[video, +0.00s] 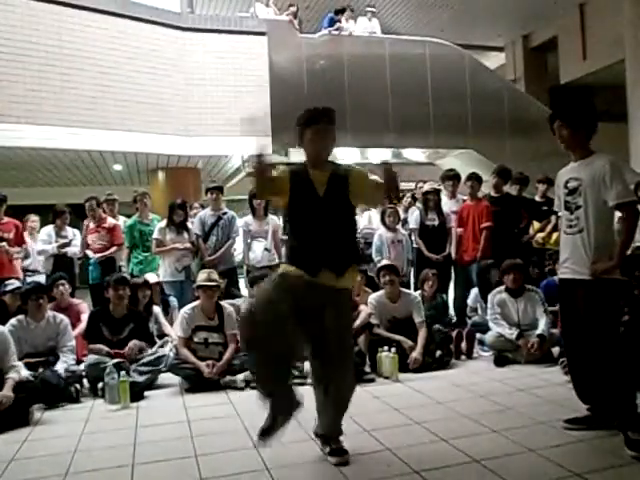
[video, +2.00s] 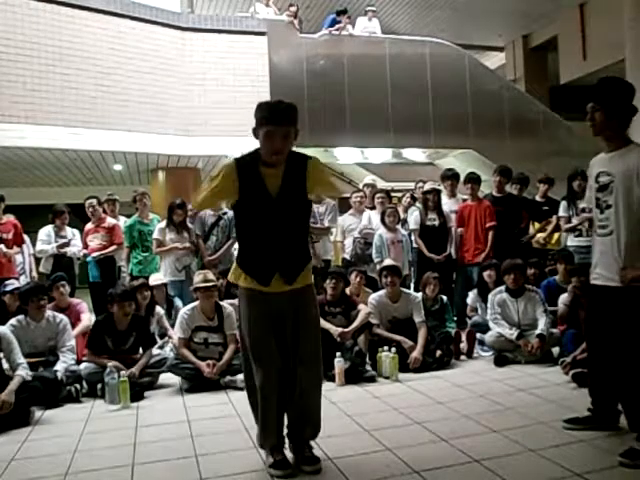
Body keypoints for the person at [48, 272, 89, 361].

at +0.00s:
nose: (61, 289)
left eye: (63, 285)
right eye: (57, 286)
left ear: (70, 288)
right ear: (52, 293)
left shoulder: (80, 305)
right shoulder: (50, 309)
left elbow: (84, 322)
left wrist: (72, 335)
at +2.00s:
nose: (61, 290)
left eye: (63, 286)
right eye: (57, 288)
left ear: (69, 288)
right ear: (52, 293)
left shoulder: (79, 305)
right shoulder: (49, 310)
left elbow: (86, 322)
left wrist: (70, 336)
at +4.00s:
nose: (64, 293)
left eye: (66, 289)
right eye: (59, 291)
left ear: (72, 290)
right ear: (55, 296)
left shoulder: (83, 307)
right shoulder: (53, 312)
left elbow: (90, 325)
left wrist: (74, 338)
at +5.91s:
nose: (67, 292)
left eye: (70, 288)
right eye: (63, 290)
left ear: (74, 291)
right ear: (57, 295)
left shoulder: (84, 307)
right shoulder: (53, 311)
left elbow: (90, 324)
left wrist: (74, 338)